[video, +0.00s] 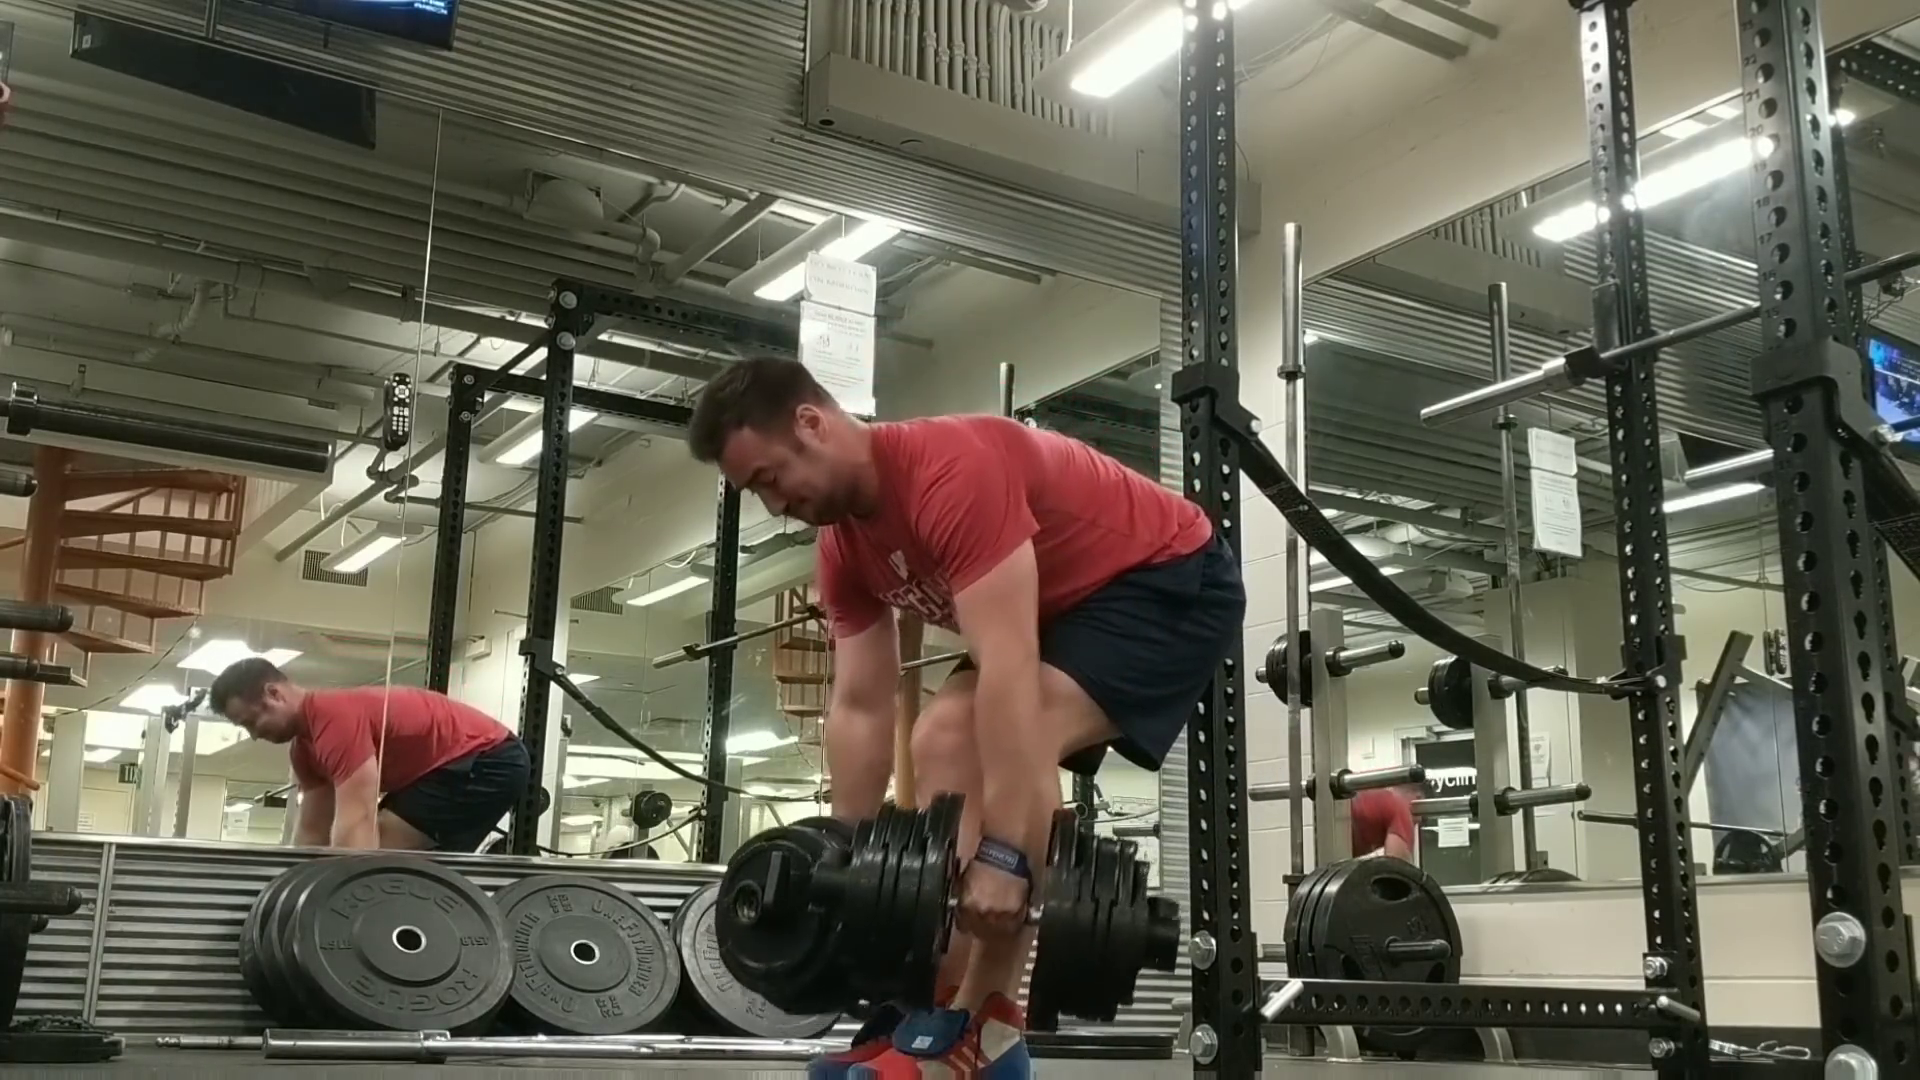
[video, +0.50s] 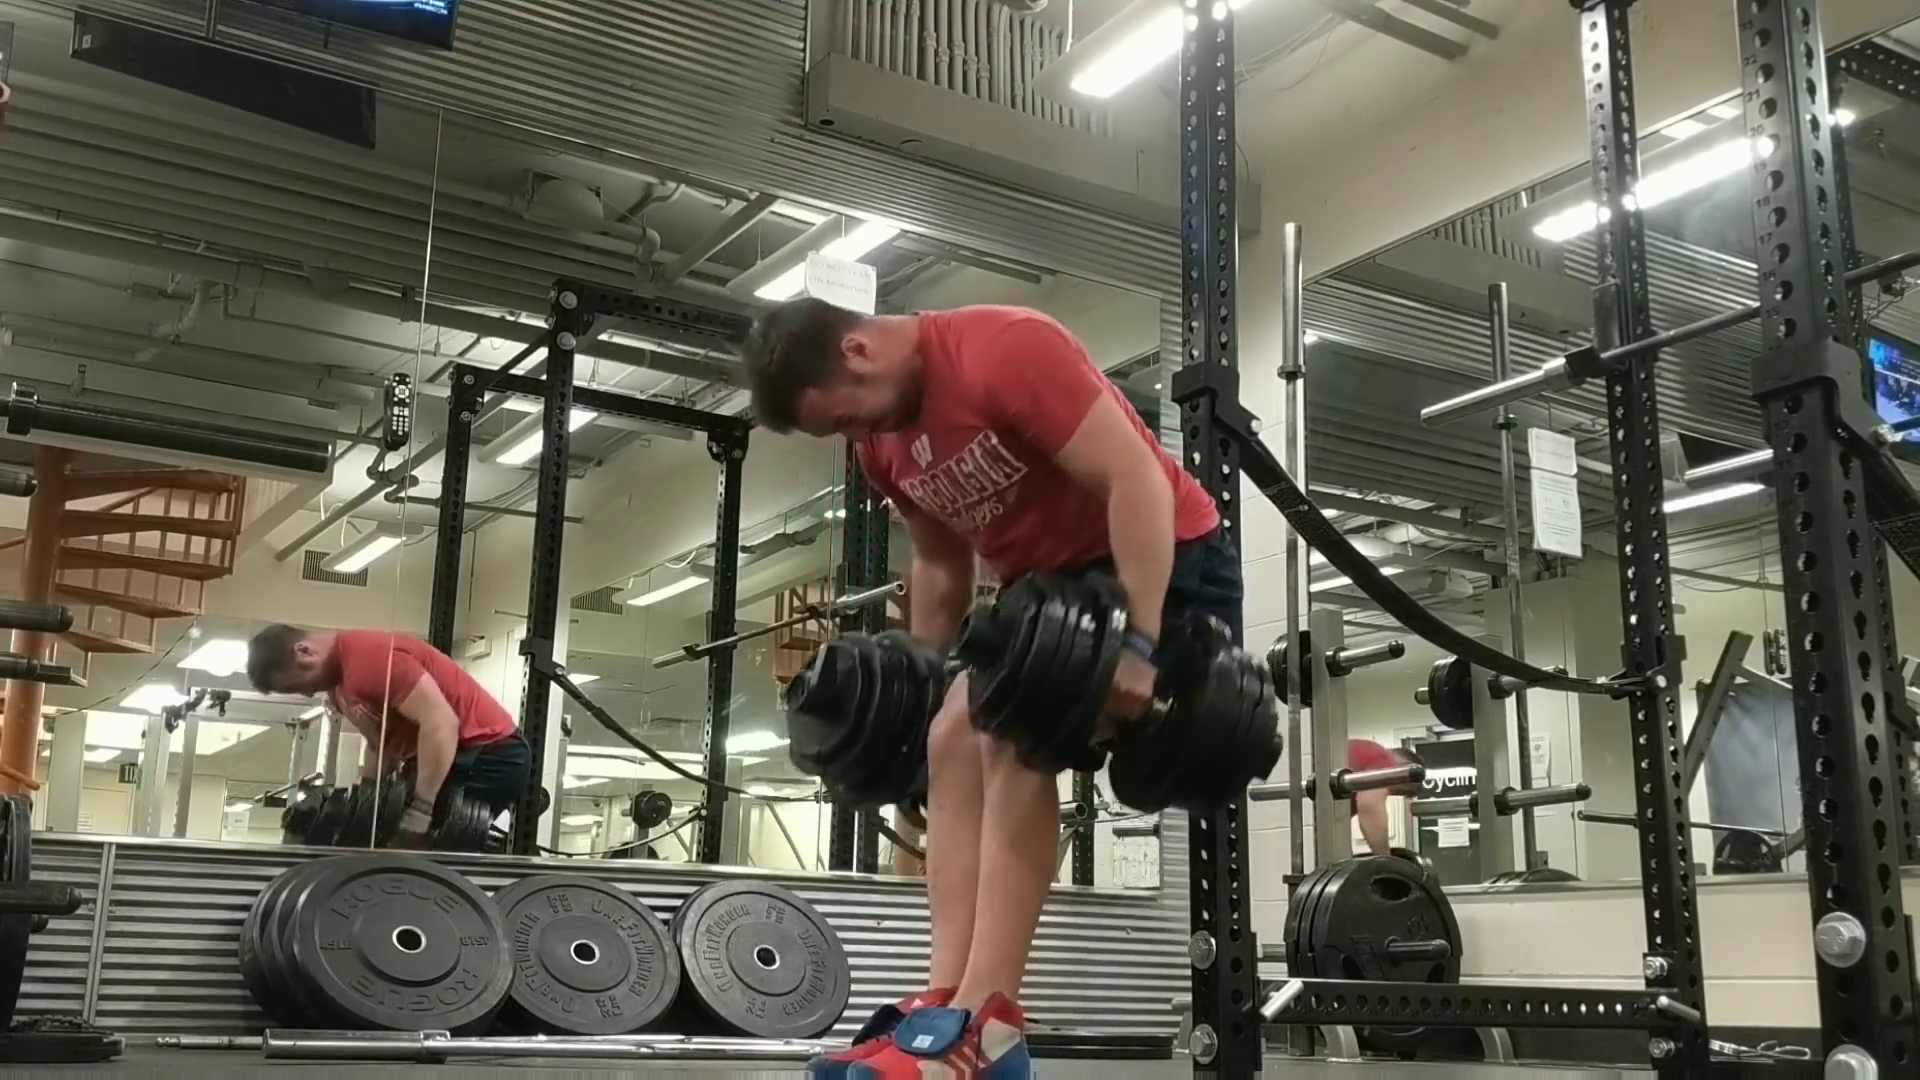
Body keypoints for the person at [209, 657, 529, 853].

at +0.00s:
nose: (254, 733)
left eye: (252, 720)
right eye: (246, 727)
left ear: (276, 693)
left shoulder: (337, 719)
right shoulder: (305, 748)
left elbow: (358, 829)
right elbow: (314, 833)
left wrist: (343, 920)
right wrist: (294, 910)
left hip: (488, 760)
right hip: (455, 770)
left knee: (375, 843)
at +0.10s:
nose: (263, 723)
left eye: (260, 711)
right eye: (255, 718)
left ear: (280, 681)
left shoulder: (341, 707)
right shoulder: (310, 734)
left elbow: (367, 811)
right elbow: (323, 814)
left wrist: (341, 900)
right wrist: (303, 891)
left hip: (488, 759)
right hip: (456, 768)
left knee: (382, 847)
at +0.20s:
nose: (269, 711)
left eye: (265, 700)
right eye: (261, 706)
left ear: (284, 669)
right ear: (285, 670)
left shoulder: (347, 692)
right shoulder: (318, 720)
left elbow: (387, 791)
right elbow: (336, 798)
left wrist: (364, 876)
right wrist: (317, 873)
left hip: (486, 759)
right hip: (451, 766)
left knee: (396, 860)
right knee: (393, 861)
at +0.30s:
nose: (280, 699)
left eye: (275, 688)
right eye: (271, 694)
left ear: (293, 657)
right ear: (294, 659)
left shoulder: (354, 676)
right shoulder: (326, 704)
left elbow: (406, 760)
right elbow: (351, 776)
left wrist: (385, 852)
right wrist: (337, 848)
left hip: (489, 758)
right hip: (452, 763)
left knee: (415, 856)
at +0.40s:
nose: (296, 696)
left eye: (289, 687)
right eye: (287, 692)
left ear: (299, 653)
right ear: (300, 653)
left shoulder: (361, 664)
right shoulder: (333, 690)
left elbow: (427, 741)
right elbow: (364, 757)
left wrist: (405, 829)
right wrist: (349, 830)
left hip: (489, 757)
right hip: (451, 760)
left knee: (420, 862)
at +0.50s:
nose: (306, 696)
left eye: (298, 687)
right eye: (296, 693)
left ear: (304, 653)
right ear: (305, 651)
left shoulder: (369, 658)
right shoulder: (340, 684)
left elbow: (441, 724)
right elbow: (381, 743)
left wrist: (420, 810)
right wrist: (361, 806)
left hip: (490, 756)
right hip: (452, 757)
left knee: (434, 868)